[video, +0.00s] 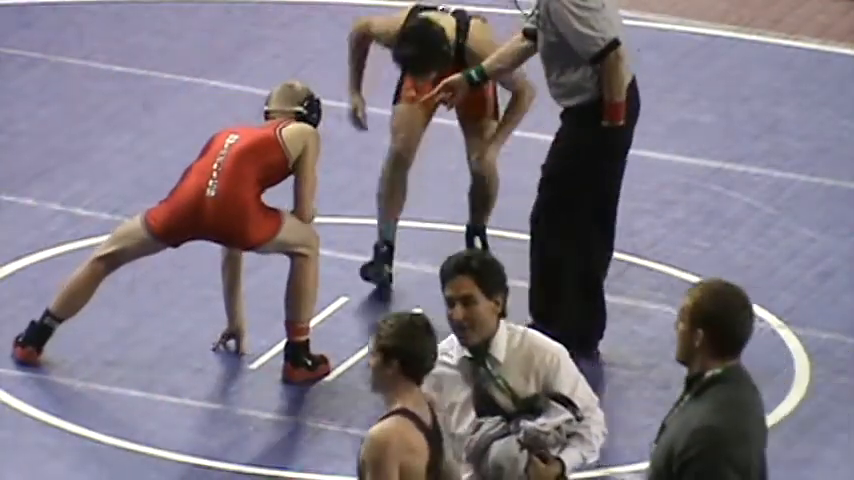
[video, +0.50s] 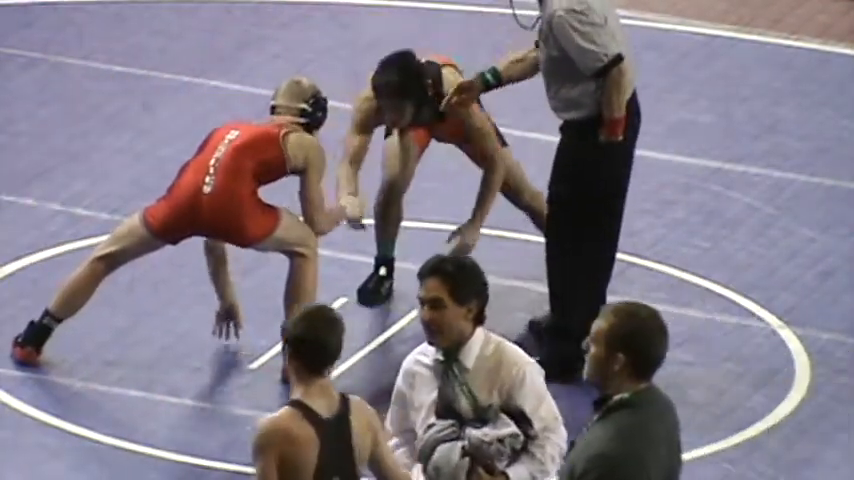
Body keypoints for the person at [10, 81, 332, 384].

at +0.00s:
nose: (316, 130)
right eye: (316, 121)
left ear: (269, 112)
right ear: (308, 116)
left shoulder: (231, 136)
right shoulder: (306, 133)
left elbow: (232, 247)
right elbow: (306, 213)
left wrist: (235, 323)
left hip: (181, 211)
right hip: (238, 218)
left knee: (105, 259)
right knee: (308, 243)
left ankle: (32, 340)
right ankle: (299, 359)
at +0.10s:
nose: (314, 133)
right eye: (315, 123)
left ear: (270, 111)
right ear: (309, 117)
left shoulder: (231, 135)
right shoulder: (306, 135)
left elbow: (232, 248)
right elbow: (314, 216)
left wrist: (234, 323)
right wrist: (326, 204)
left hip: (182, 211)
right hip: (238, 217)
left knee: (105, 259)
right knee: (308, 243)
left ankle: (32, 340)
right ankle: (299, 359)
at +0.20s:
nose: (271, 105)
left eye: (276, 103)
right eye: (314, 123)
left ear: (273, 110)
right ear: (310, 117)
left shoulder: (231, 133)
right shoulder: (306, 138)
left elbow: (233, 239)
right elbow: (320, 220)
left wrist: (235, 323)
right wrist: (339, 196)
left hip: (179, 210)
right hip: (238, 217)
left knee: (105, 258)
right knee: (307, 244)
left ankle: (33, 339)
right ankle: (298, 358)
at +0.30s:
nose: (272, 103)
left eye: (277, 102)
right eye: (278, 101)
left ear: (277, 111)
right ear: (311, 119)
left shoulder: (233, 134)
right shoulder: (307, 141)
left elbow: (232, 244)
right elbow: (320, 221)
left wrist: (235, 322)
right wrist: (341, 198)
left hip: (178, 208)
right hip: (237, 216)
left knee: (105, 258)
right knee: (306, 243)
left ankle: (33, 339)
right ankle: (297, 357)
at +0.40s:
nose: (276, 105)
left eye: (279, 102)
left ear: (276, 109)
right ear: (314, 118)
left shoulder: (234, 132)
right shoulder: (309, 143)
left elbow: (225, 241)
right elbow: (322, 224)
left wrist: (231, 312)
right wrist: (344, 199)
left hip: (178, 208)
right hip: (236, 215)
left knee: (104, 259)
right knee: (306, 244)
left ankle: (33, 339)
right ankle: (295, 357)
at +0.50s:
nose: (282, 114)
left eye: (280, 105)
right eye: (312, 118)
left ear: (274, 107)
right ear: (312, 116)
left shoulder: (233, 131)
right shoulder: (307, 143)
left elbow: (211, 219)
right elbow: (316, 225)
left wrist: (226, 297)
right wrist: (344, 211)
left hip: (178, 208)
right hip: (235, 214)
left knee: (104, 260)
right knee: (305, 244)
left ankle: (33, 339)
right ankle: (296, 358)